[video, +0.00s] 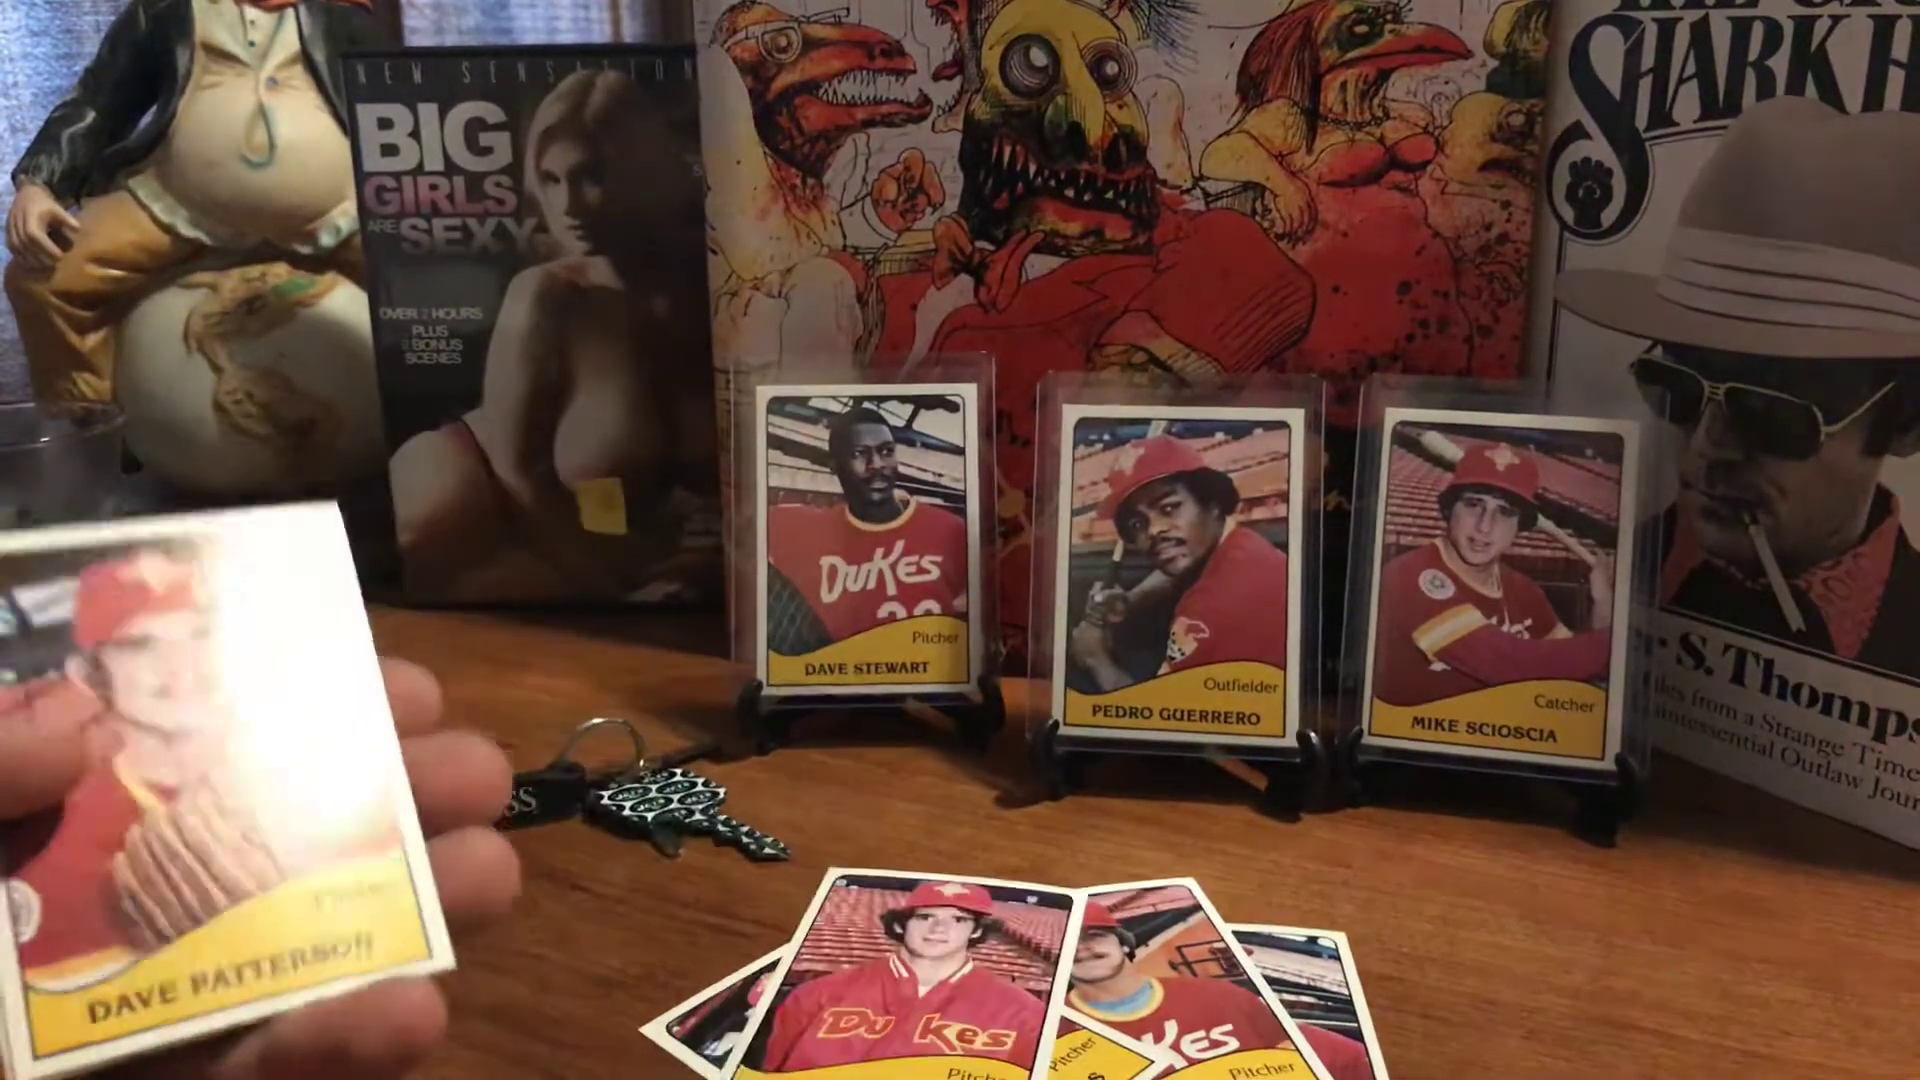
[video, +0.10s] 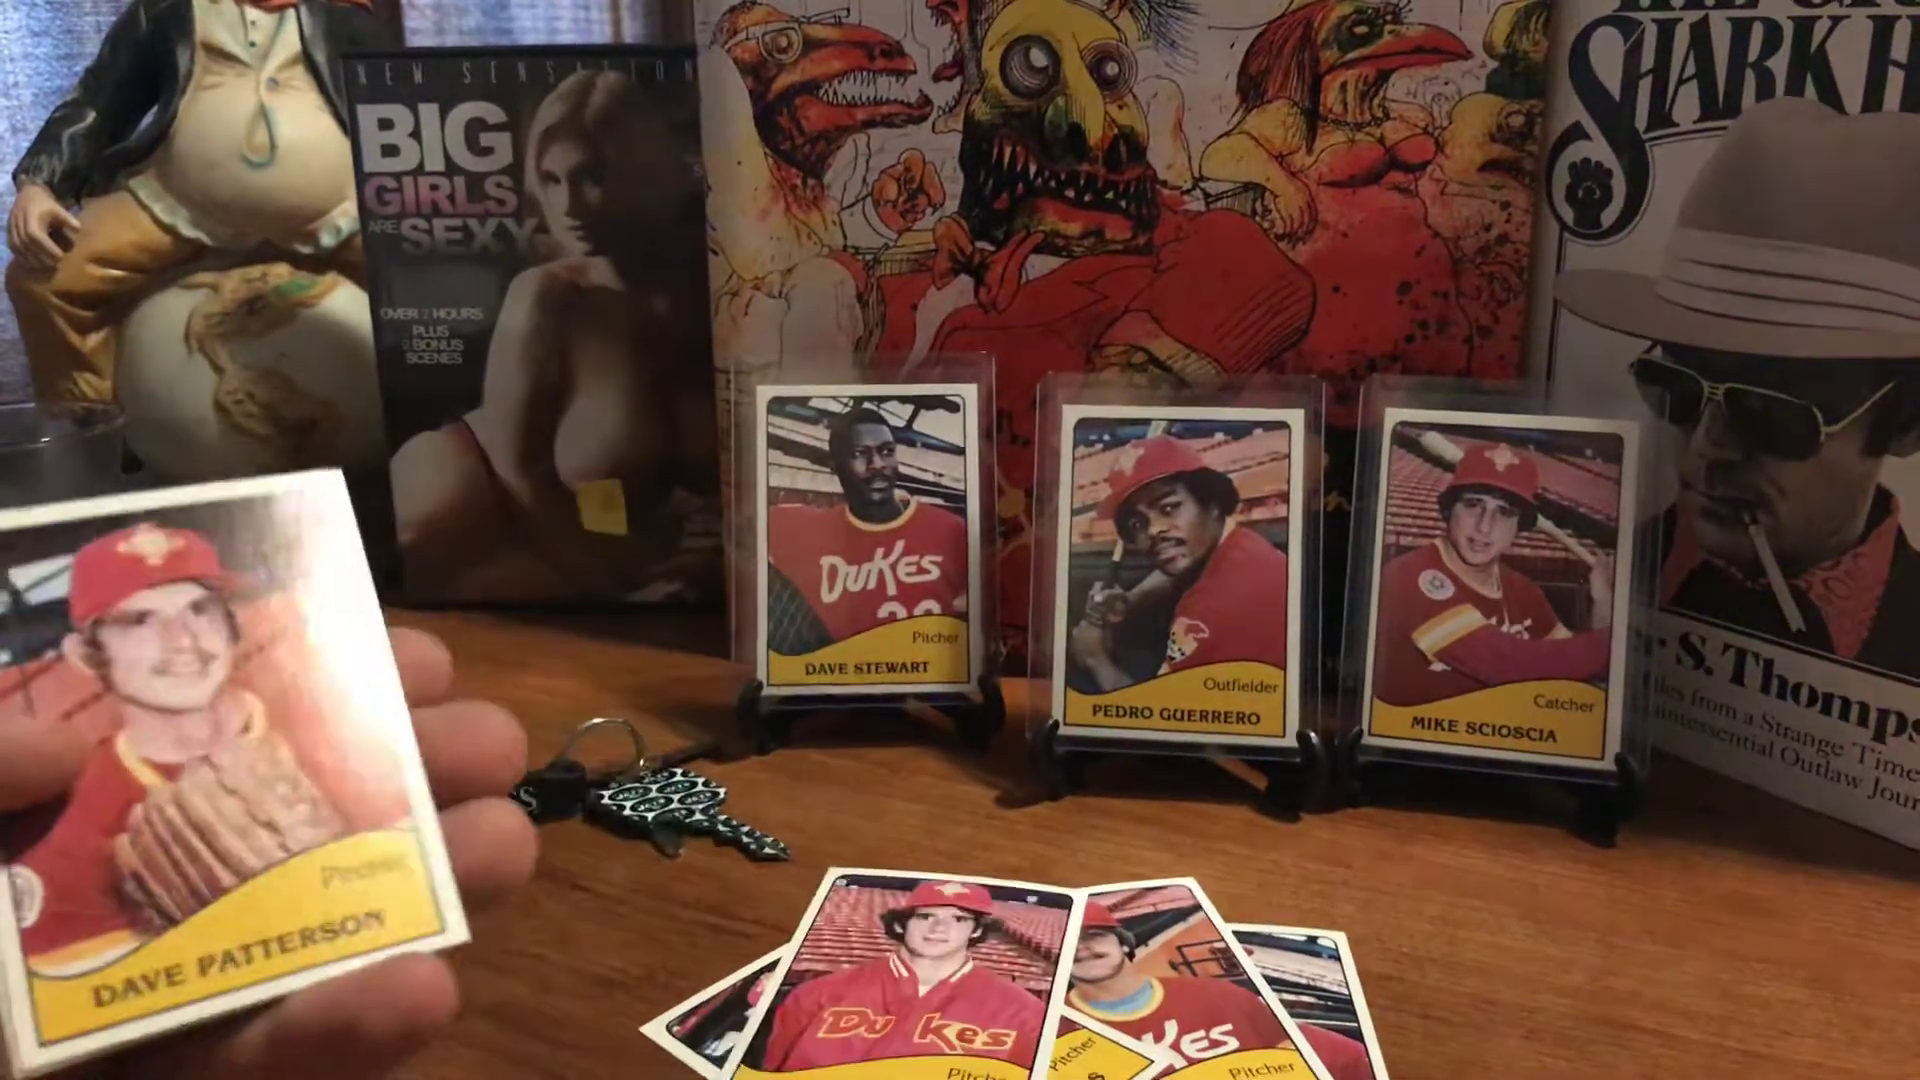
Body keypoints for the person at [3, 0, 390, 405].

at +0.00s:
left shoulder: (347, 20)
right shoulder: (164, 11)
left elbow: (399, 106)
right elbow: (97, 102)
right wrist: (34, 182)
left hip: (337, 210)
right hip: (177, 206)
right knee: (42, 281)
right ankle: (102, 447)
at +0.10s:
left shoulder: (349, 19)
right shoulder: (165, 11)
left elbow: (400, 109)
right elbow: (98, 102)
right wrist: (35, 182)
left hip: (338, 212)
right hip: (178, 206)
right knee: (42, 280)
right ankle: (101, 439)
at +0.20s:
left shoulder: (348, 18)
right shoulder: (164, 12)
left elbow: (401, 100)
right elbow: (101, 99)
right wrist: (36, 181)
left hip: (339, 210)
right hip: (179, 204)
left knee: (447, 291)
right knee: (42, 280)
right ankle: (100, 438)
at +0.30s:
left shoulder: (350, 21)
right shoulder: (166, 12)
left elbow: (402, 109)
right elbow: (99, 102)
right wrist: (37, 183)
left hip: (339, 211)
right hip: (180, 207)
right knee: (43, 281)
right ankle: (105, 439)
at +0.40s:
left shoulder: (350, 20)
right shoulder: (168, 10)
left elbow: (402, 110)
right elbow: (100, 103)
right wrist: (37, 184)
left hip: (339, 213)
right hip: (180, 208)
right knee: (45, 284)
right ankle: (103, 447)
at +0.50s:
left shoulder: (351, 19)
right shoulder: (167, 11)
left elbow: (404, 112)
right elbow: (99, 103)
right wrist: (37, 184)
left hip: (340, 213)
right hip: (180, 208)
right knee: (45, 284)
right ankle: (100, 449)